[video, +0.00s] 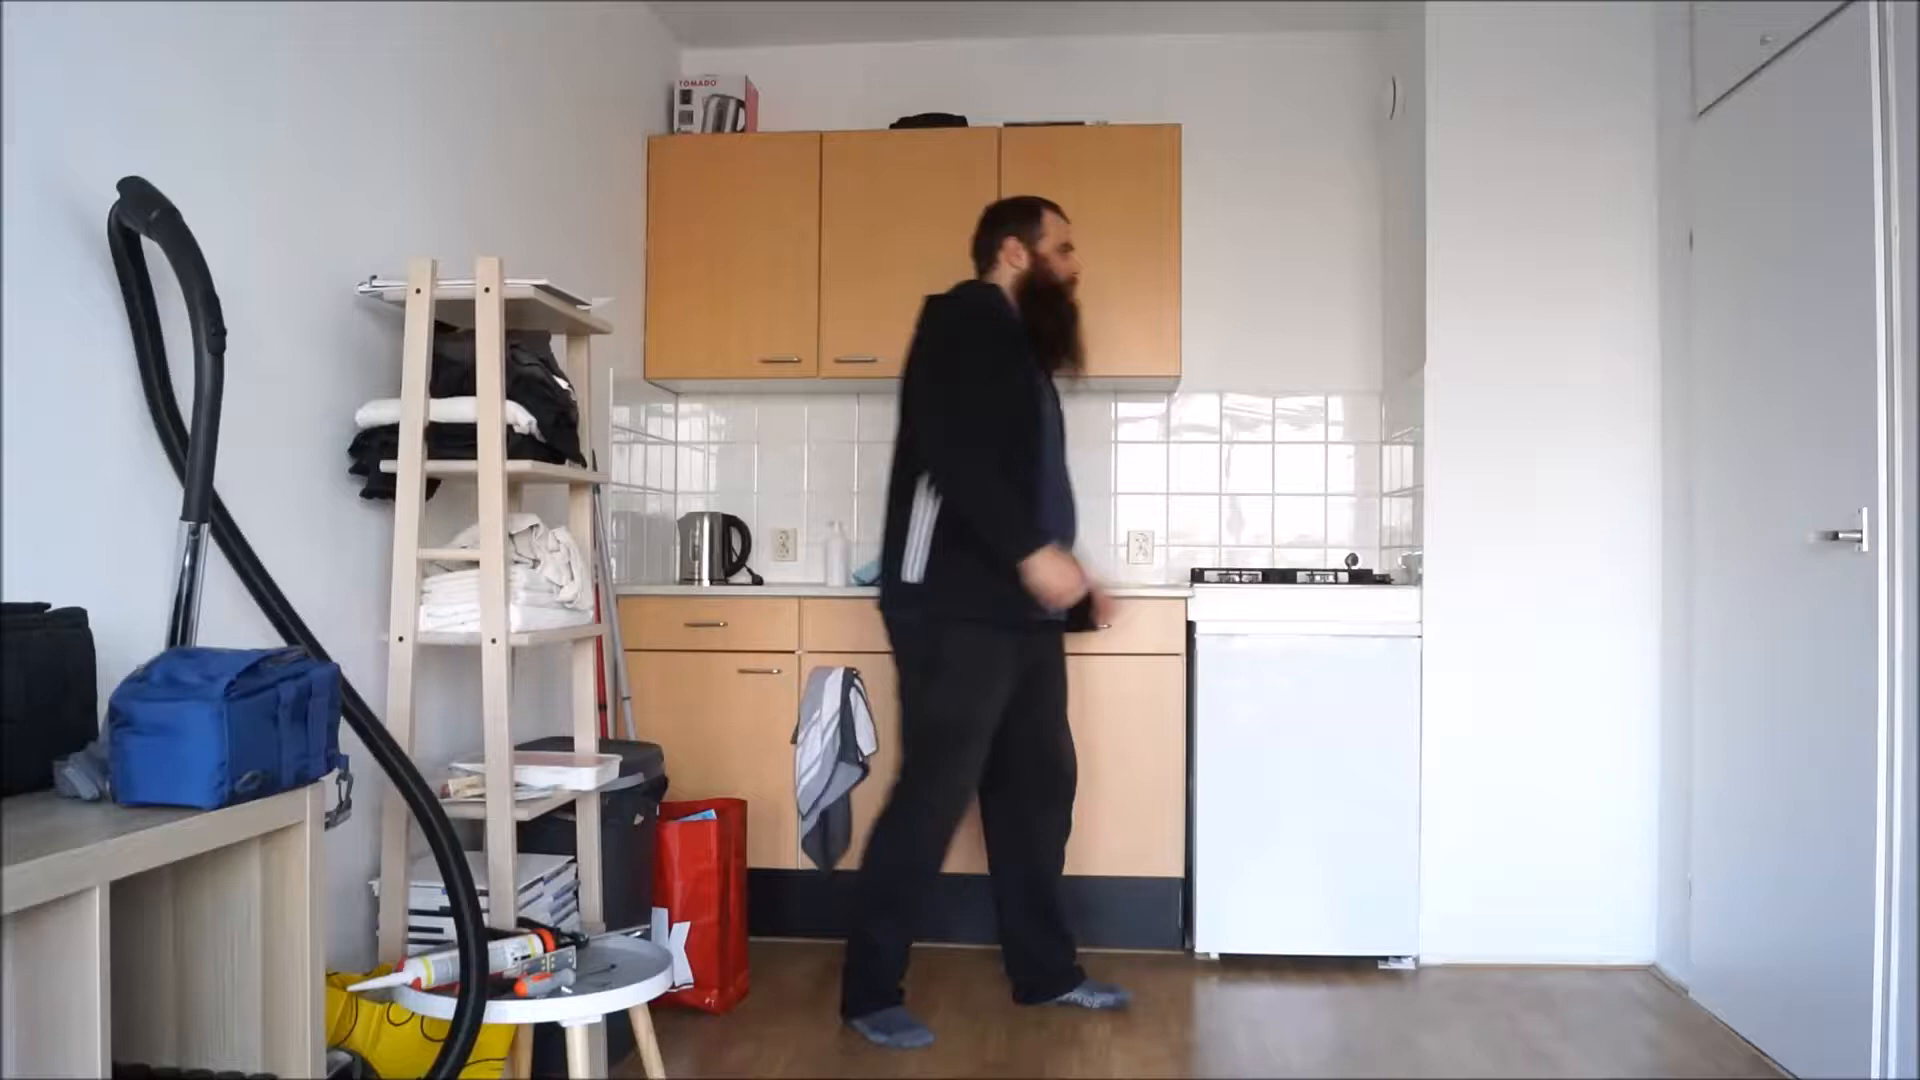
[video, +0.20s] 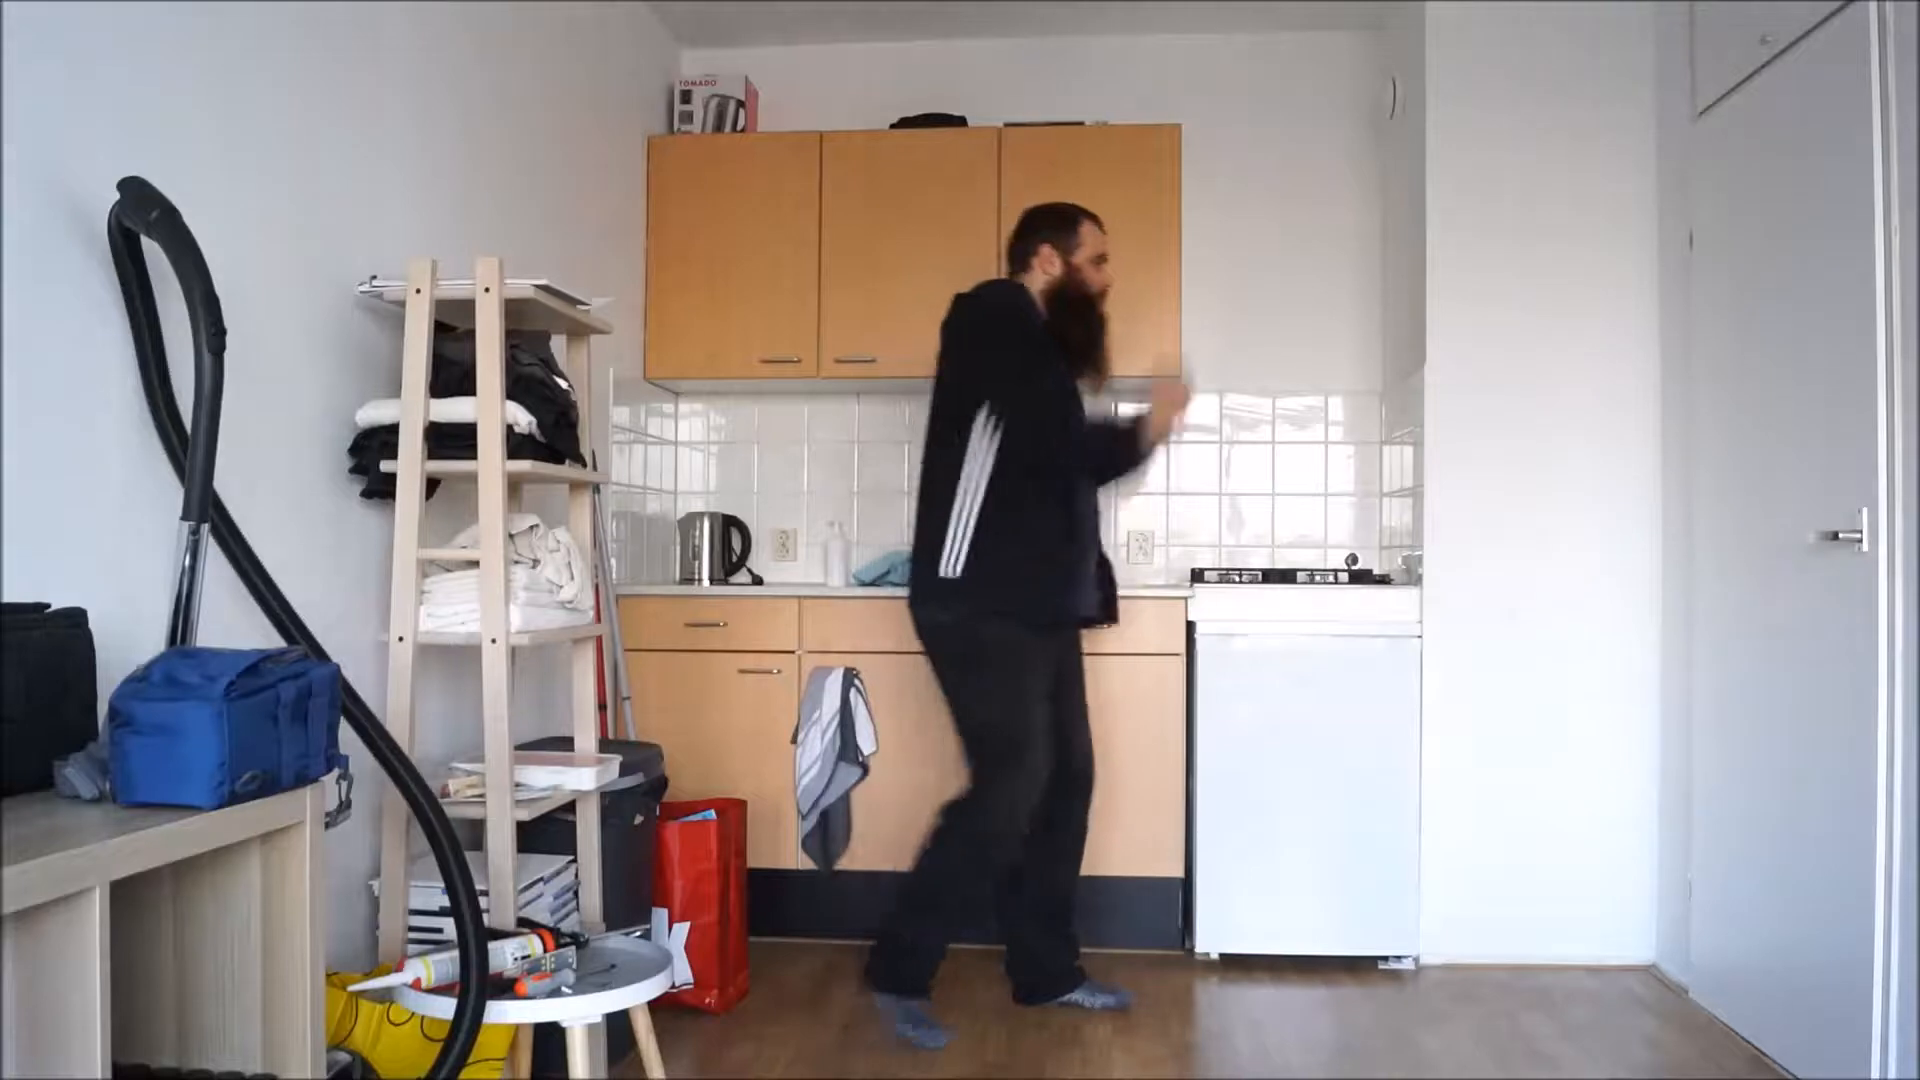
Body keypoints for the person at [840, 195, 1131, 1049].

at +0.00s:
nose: (1075, 262)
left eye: (1074, 249)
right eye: (1063, 247)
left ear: (1020, 256)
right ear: (1011, 252)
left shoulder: (1016, 340)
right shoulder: (962, 319)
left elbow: (1020, 476)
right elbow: (957, 453)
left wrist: (1063, 576)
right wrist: (1026, 549)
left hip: (1015, 606)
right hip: (951, 604)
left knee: (1033, 786)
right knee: (934, 794)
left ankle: (1042, 973)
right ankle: (868, 993)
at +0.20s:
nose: (1106, 275)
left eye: (1106, 261)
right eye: (1096, 259)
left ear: (1045, 262)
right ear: (1045, 257)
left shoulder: (1031, 333)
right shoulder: (999, 316)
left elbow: (1046, 464)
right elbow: (1056, 449)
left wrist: (1121, 434)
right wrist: (1144, 430)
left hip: (1036, 603)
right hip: (977, 603)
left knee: (1061, 781)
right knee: (1012, 785)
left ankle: (1044, 974)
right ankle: (897, 976)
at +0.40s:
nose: (1128, 280)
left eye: (1129, 265)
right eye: (1119, 262)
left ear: (1064, 258)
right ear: (1074, 258)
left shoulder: (1065, 326)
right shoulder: (1016, 310)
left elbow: (1158, 383)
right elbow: (1163, 381)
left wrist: (1141, 295)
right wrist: (1152, 282)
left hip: (1056, 595)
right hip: (1004, 596)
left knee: (1083, 785)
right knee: (1049, 793)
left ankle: (1050, 974)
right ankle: (1013, 1020)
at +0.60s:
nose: (1152, 276)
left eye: (1152, 261)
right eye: (1146, 260)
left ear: (1091, 259)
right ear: (1105, 259)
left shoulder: (1086, 327)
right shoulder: (1032, 308)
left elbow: (1180, 387)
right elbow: (1181, 385)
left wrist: (1163, 298)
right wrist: (1167, 285)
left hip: (1078, 603)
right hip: (1016, 603)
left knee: (1123, 768)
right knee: (1060, 793)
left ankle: (1073, 955)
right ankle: (1014, 1024)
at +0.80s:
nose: (1211, 390)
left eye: (1214, 378)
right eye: (1206, 375)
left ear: (1174, 361)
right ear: (1169, 352)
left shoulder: (1154, 413)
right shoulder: (1087, 379)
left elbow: (1223, 497)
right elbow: (1155, 500)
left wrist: (1233, 401)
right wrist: (1213, 407)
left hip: (1067, 641)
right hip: (987, 631)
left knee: (1137, 770)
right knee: (1063, 801)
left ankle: (1116, 957)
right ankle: (1015, 1028)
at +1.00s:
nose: (1230, 464)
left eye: (1236, 454)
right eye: (1233, 450)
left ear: (1193, 423)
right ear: (1199, 425)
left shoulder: (1148, 447)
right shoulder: (1126, 439)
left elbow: (1199, 561)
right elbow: (1203, 568)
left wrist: (1232, 482)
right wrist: (1249, 479)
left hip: (1060, 665)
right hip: (1001, 667)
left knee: (1158, 776)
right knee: (1118, 824)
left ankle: (1120, 960)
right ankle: (1017, 1026)